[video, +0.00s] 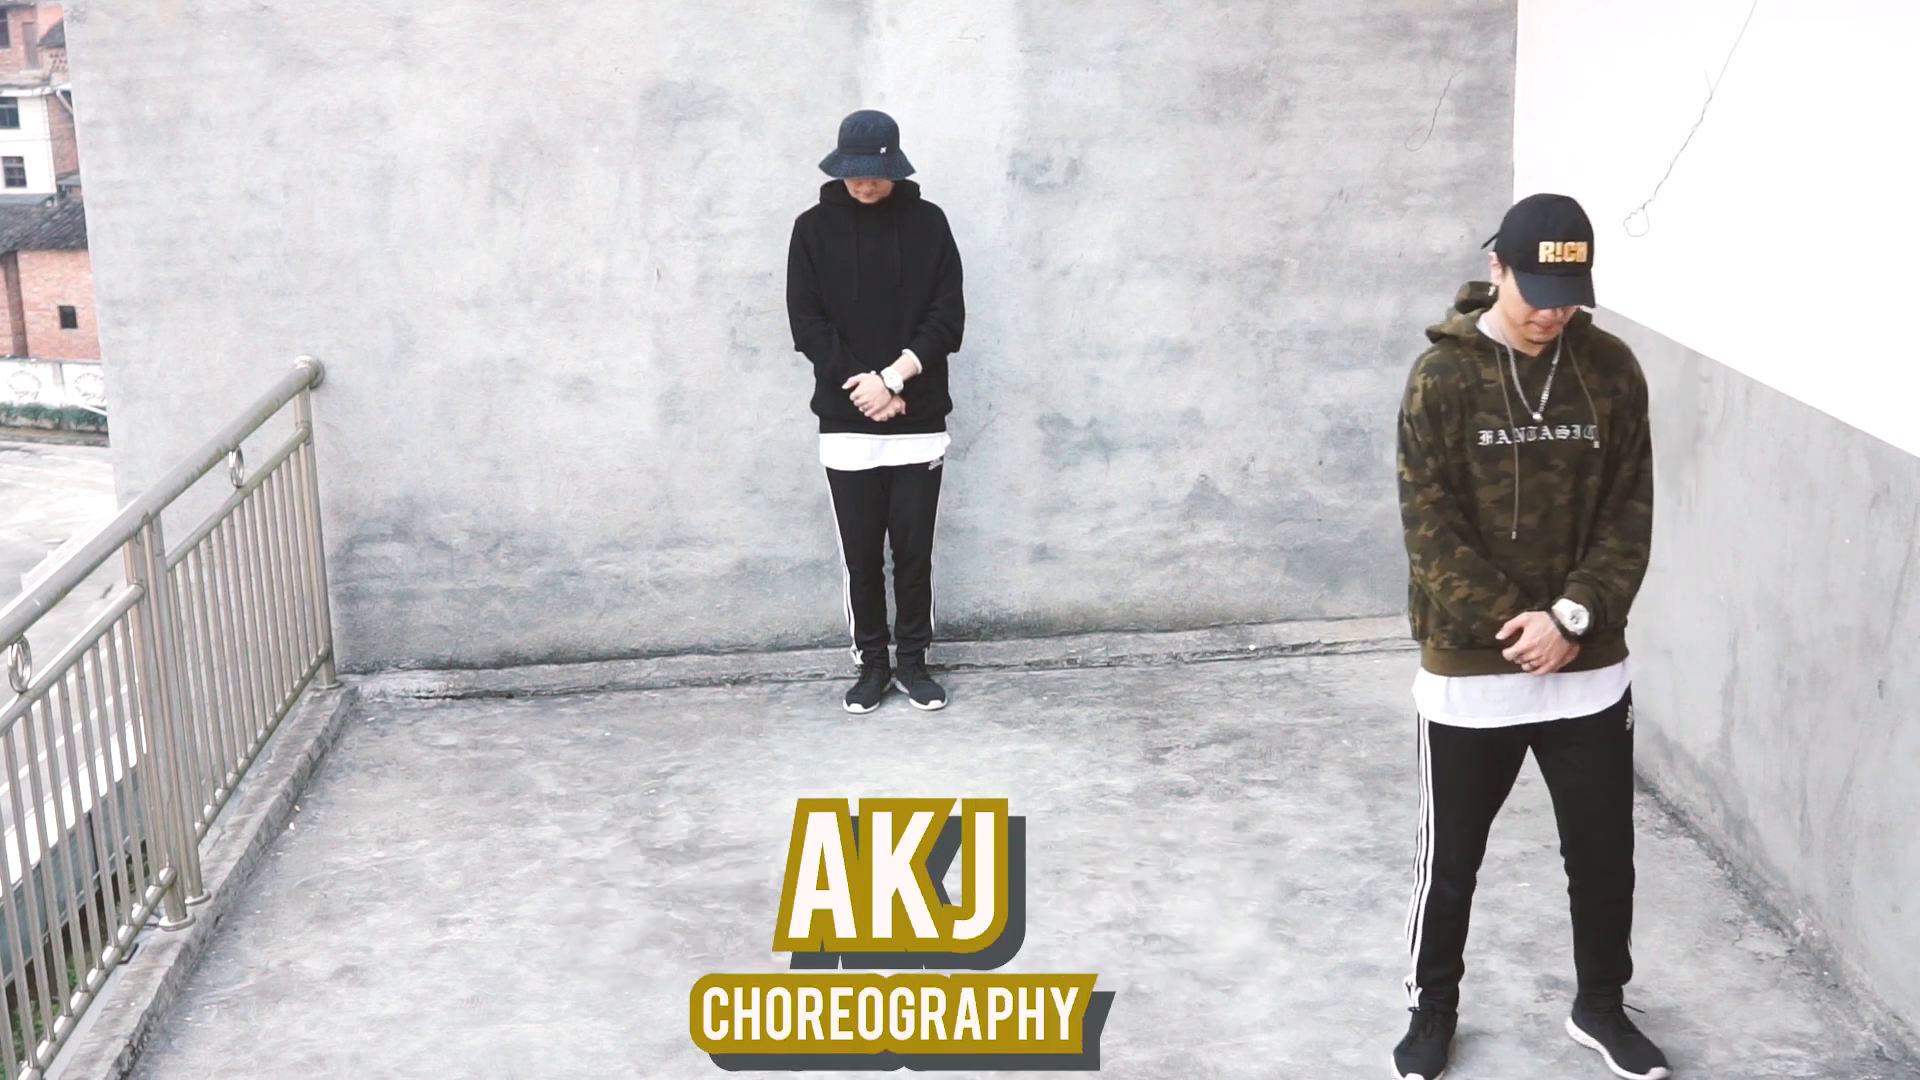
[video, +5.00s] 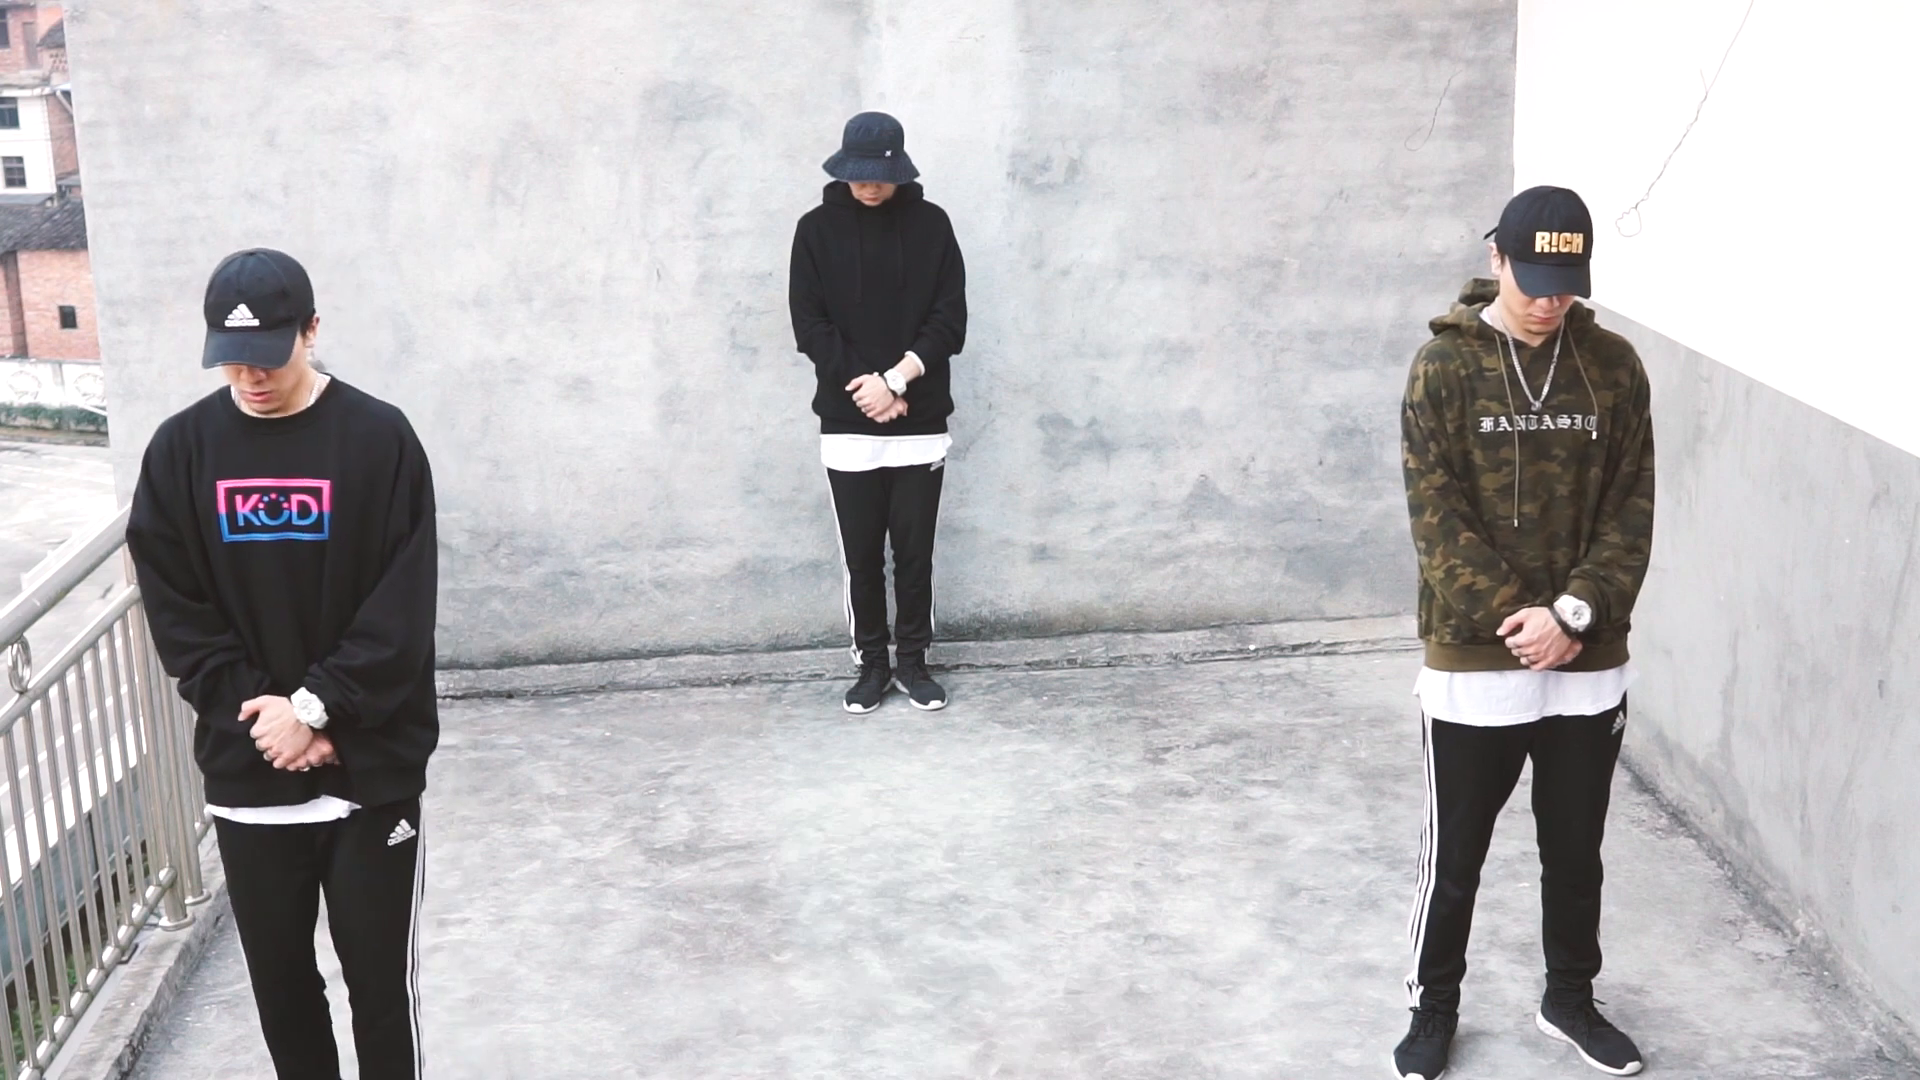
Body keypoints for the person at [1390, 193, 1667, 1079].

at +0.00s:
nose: (1555, 313)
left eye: (1571, 296)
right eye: (1539, 294)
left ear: (1590, 283)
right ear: (1498, 268)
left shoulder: (1612, 367)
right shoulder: (1443, 372)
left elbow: (1629, 514)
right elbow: (1431, 524)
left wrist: (1574, 617)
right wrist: (1522, 628)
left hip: (1587, 665)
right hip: (1469, 670)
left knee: (1604, 853)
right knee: (1450, 856)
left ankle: (1601, 1002)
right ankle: (1432, 1011)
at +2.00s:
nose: (1547, 300)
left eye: (1563, 284)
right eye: (1532, 281)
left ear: (1583, 271)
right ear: (1493, 258)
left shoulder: (1610, 363)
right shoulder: (1442, 361)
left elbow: (1629, 508)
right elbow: (1432, 514)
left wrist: (1577, 612)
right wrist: (1520, 619)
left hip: (1585, 660)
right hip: (1471, 663)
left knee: (1575, 849)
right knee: (1453, 853)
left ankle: (1571, 998)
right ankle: (1433, 1007)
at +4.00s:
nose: (1547, 300)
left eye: (1562, 284)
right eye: (1530, 281)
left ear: (1582, 271)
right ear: (1491, 259)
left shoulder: (1609, 364)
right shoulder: (1440, 363)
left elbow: (1628, 508)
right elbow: (1431, 514)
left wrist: (1575, 613)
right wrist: (1519, 621)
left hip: (1583, 661)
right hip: (1469, 662)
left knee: (1574, 850)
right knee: (1453, 853)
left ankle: (1571, 998)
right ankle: (1433, 1006)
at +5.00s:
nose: (1554, 302)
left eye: (1569, 285)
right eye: (1538, 283)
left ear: (1588, 273)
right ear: (1498, 260)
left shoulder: (1615, 365)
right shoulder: (1445, 362)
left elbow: (1633, 509)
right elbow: (1436, 513)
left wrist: (1578, 613)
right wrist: (1521, 620)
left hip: (1587, 660)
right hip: (1473, 662)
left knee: (1577, 849)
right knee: (1455, 852)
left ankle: (1571, 997)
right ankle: (1434, 1005)